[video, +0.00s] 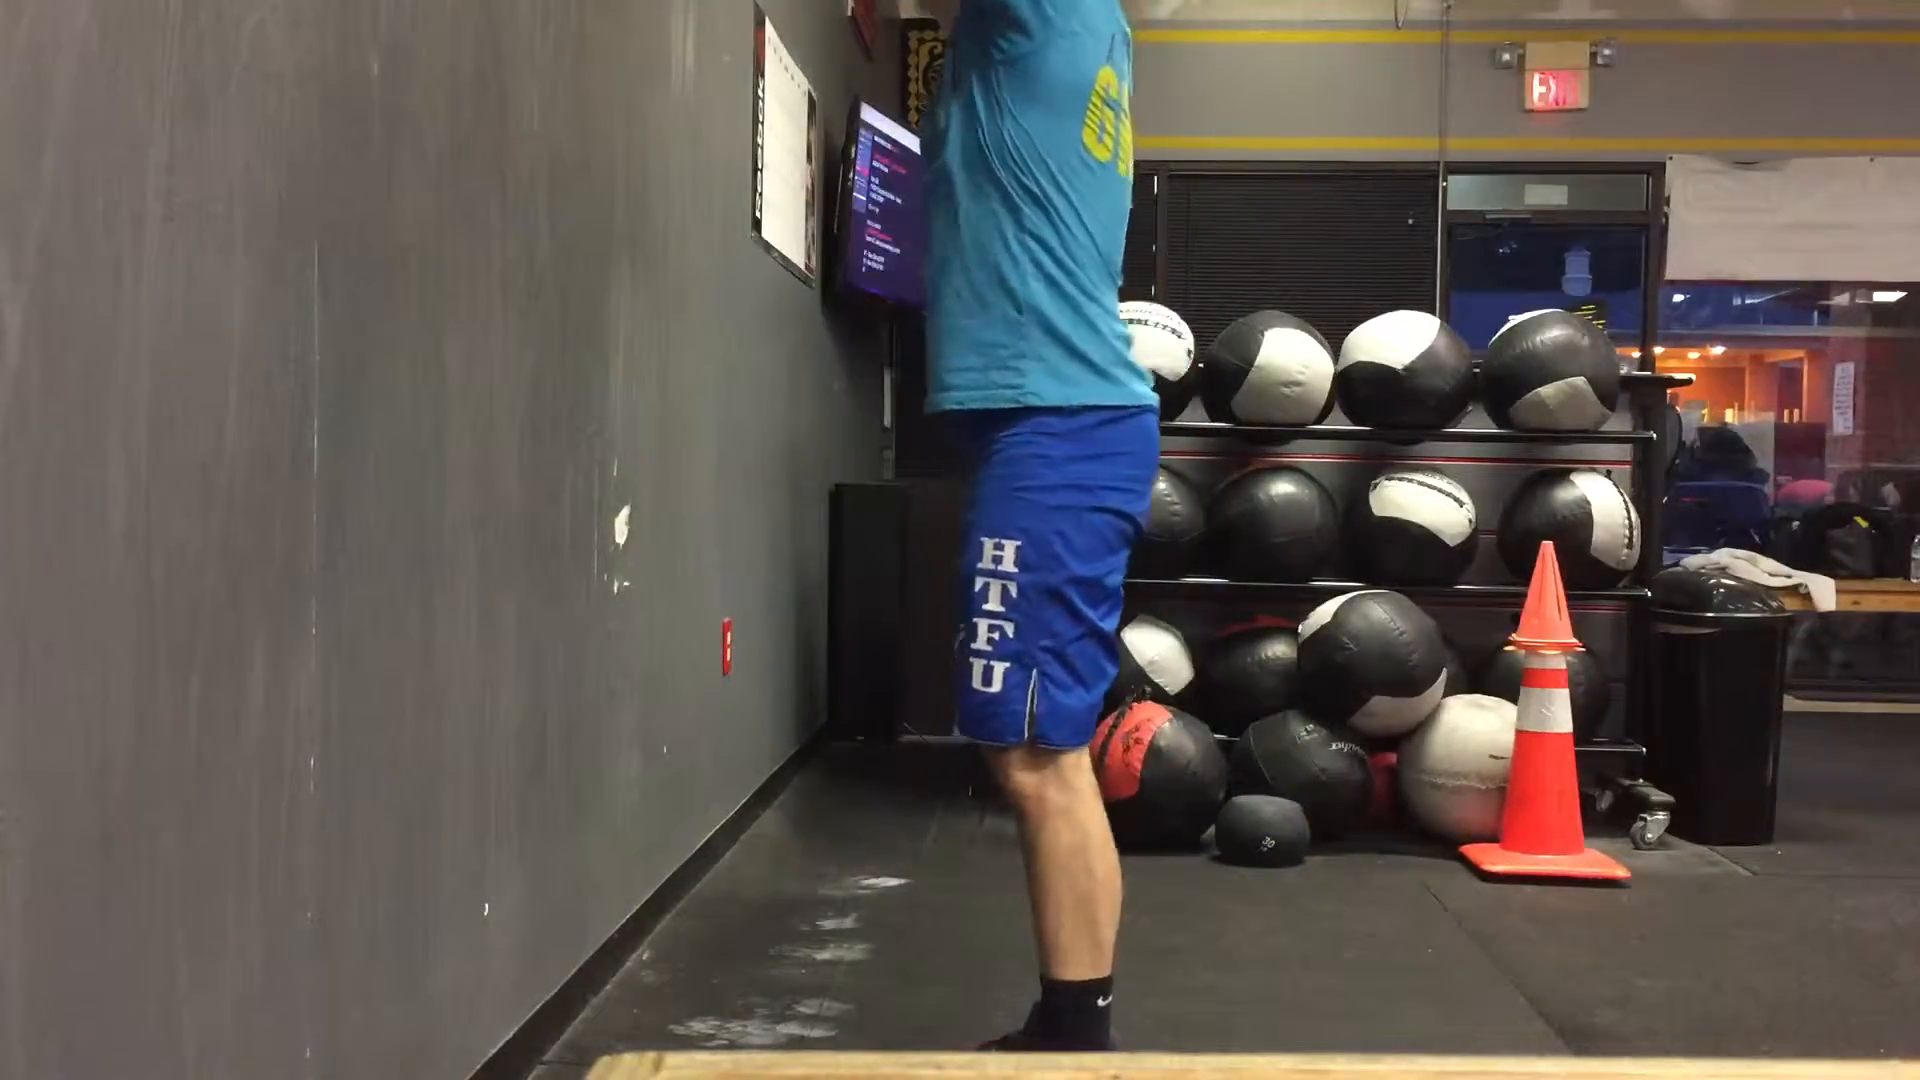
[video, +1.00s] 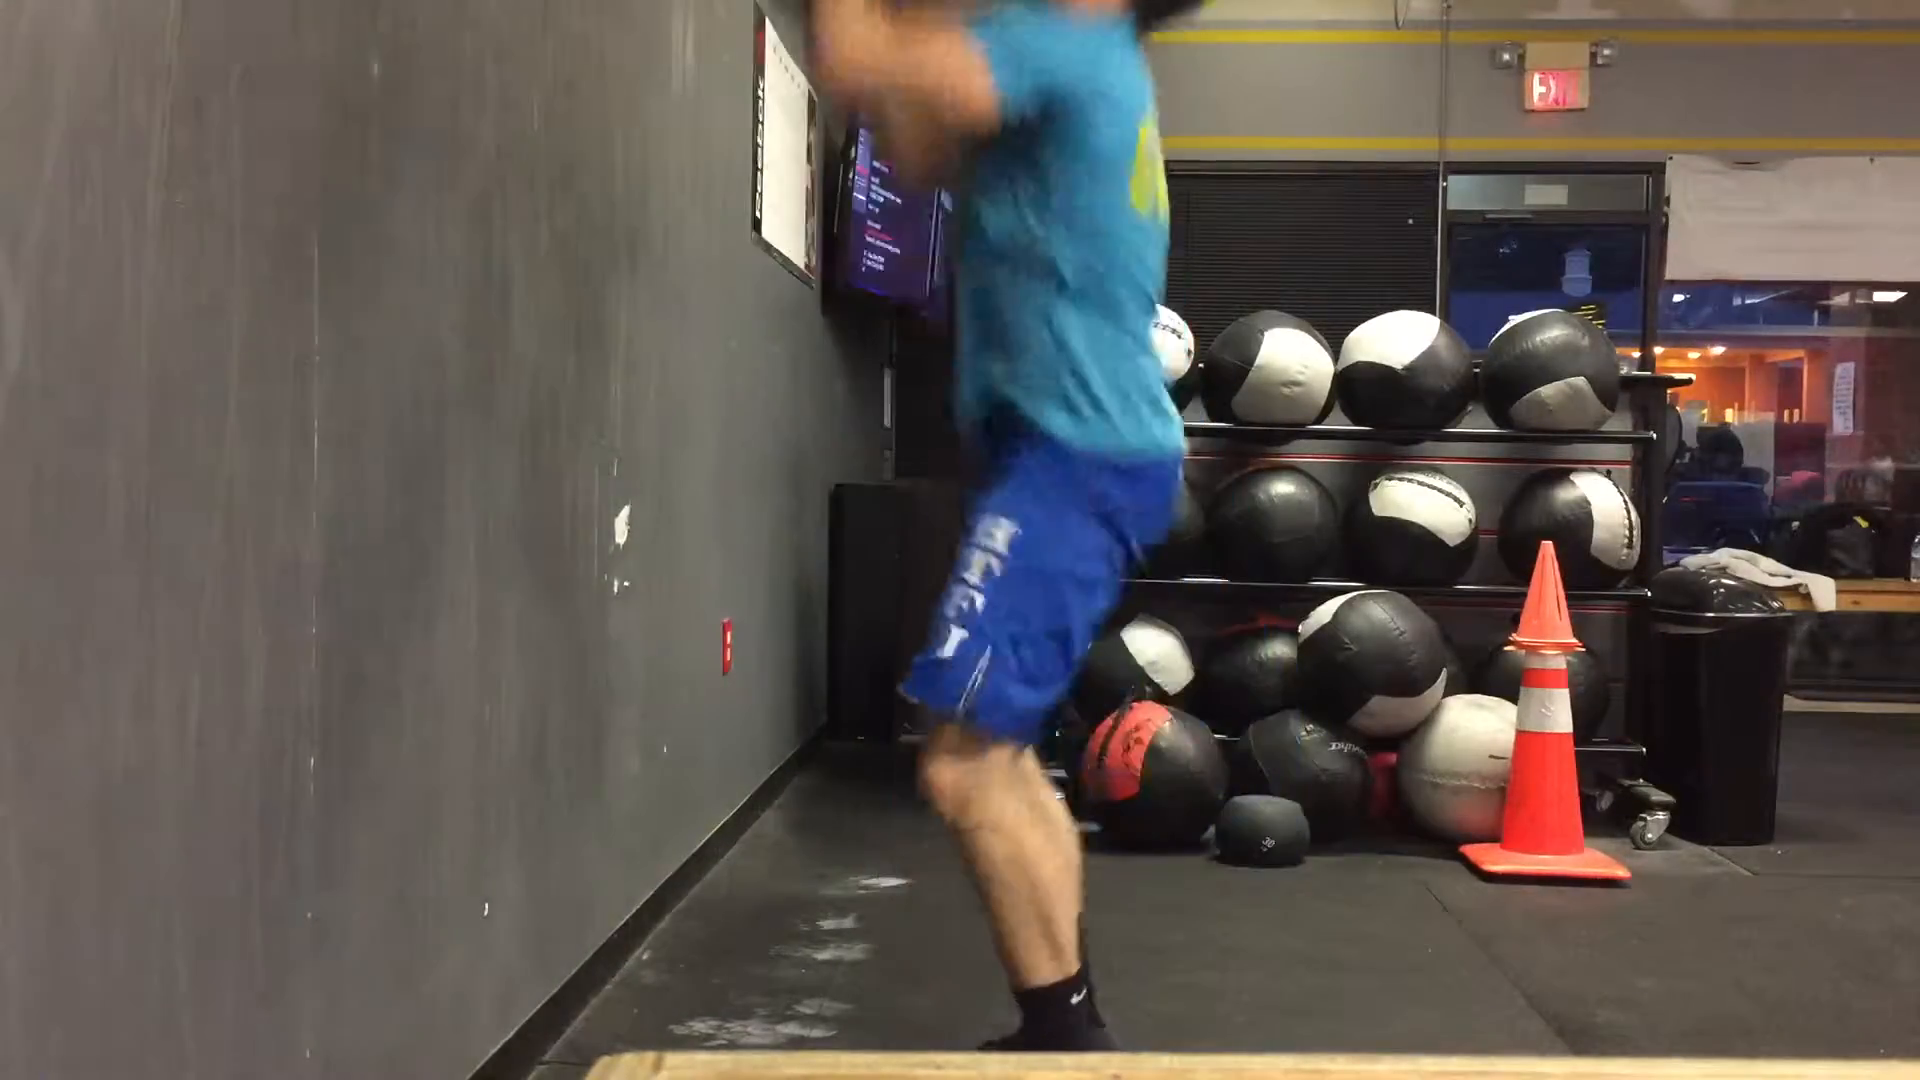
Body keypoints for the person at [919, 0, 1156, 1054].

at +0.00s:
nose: (929, 4)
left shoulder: (1044, 17)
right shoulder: (1056, 31)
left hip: (1065, 418)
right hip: (1061, 414)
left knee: (1038, 750)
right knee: (1039, 749)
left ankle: (1077, 1029)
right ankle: (1073, 1022)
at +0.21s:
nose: (984, 13)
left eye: (1008, 1)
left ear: (1062, 25)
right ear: (1067, 36)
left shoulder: (1019, 144)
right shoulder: (1073, 147)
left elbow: (799, 223)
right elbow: (896, 298)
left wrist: (741, 75)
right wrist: (854, 209)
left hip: (1136, 548)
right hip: (1154, 537)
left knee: (921, 808)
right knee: (989, 799)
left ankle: (1054, 1041)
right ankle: (1067, 1027)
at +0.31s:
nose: (953, 177)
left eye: (978, 164)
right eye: (967, 160)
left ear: (1028, 202)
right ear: (1030, 209)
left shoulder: (1006, 329)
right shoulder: (1040, 315)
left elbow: (795, 460)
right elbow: (832, 436)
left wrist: (720, 299)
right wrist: (730, 299)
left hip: (1178, 695)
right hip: (1157, 668)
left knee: (893, 844)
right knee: (920, 765)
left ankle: (1046, 1049)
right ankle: (1062, 1023)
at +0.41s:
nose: (927, 331)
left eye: (953, 321)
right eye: (943, 313)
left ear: (1004, 366)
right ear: (1004, 371)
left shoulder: (996, 500)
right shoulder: (1032, 471)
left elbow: (808, 656)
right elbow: (871, 618)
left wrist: (716, 499)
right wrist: (762, 494)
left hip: (1185, 828)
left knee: (884, 861)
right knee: (906, 779)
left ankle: (1046, 1052)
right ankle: (1056, 1029)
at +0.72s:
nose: (935, 269)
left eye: (961, 255)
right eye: (951, 250)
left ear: (1015, 303)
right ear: (1016, 307)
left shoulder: (1011, 424)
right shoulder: (1038, 402)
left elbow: (839, 581)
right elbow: (867, 548)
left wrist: (743, 443)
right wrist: (762, 441)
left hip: (1200, 737)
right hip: (1157, 701)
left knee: (908, 838)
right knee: (922, 769)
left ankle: (1056, 1057)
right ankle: (1064, 1026)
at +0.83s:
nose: (955, 147)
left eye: (982, 134)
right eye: (971, 129)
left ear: (1036, 174)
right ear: (1034, 180)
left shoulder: (1029, 296)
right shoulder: (1045, 283)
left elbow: (848, 439)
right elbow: (876, 415)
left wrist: (769, 298)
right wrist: (795, 303)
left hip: (1186, 642)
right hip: (1150, 624)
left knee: (914, 827)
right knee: (937, 761)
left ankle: (1051, 1047)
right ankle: (1063, 1021)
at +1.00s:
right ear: (1127, 3)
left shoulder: (1074, 44)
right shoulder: (1080, 55)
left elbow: (858, 63)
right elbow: (928, 157)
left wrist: (842, 2)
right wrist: (895, 63)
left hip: (1083, 448)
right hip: (1063, 443)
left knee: (962, 761)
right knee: (994, 754)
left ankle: (1059, 1029)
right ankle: (1064, 1016)